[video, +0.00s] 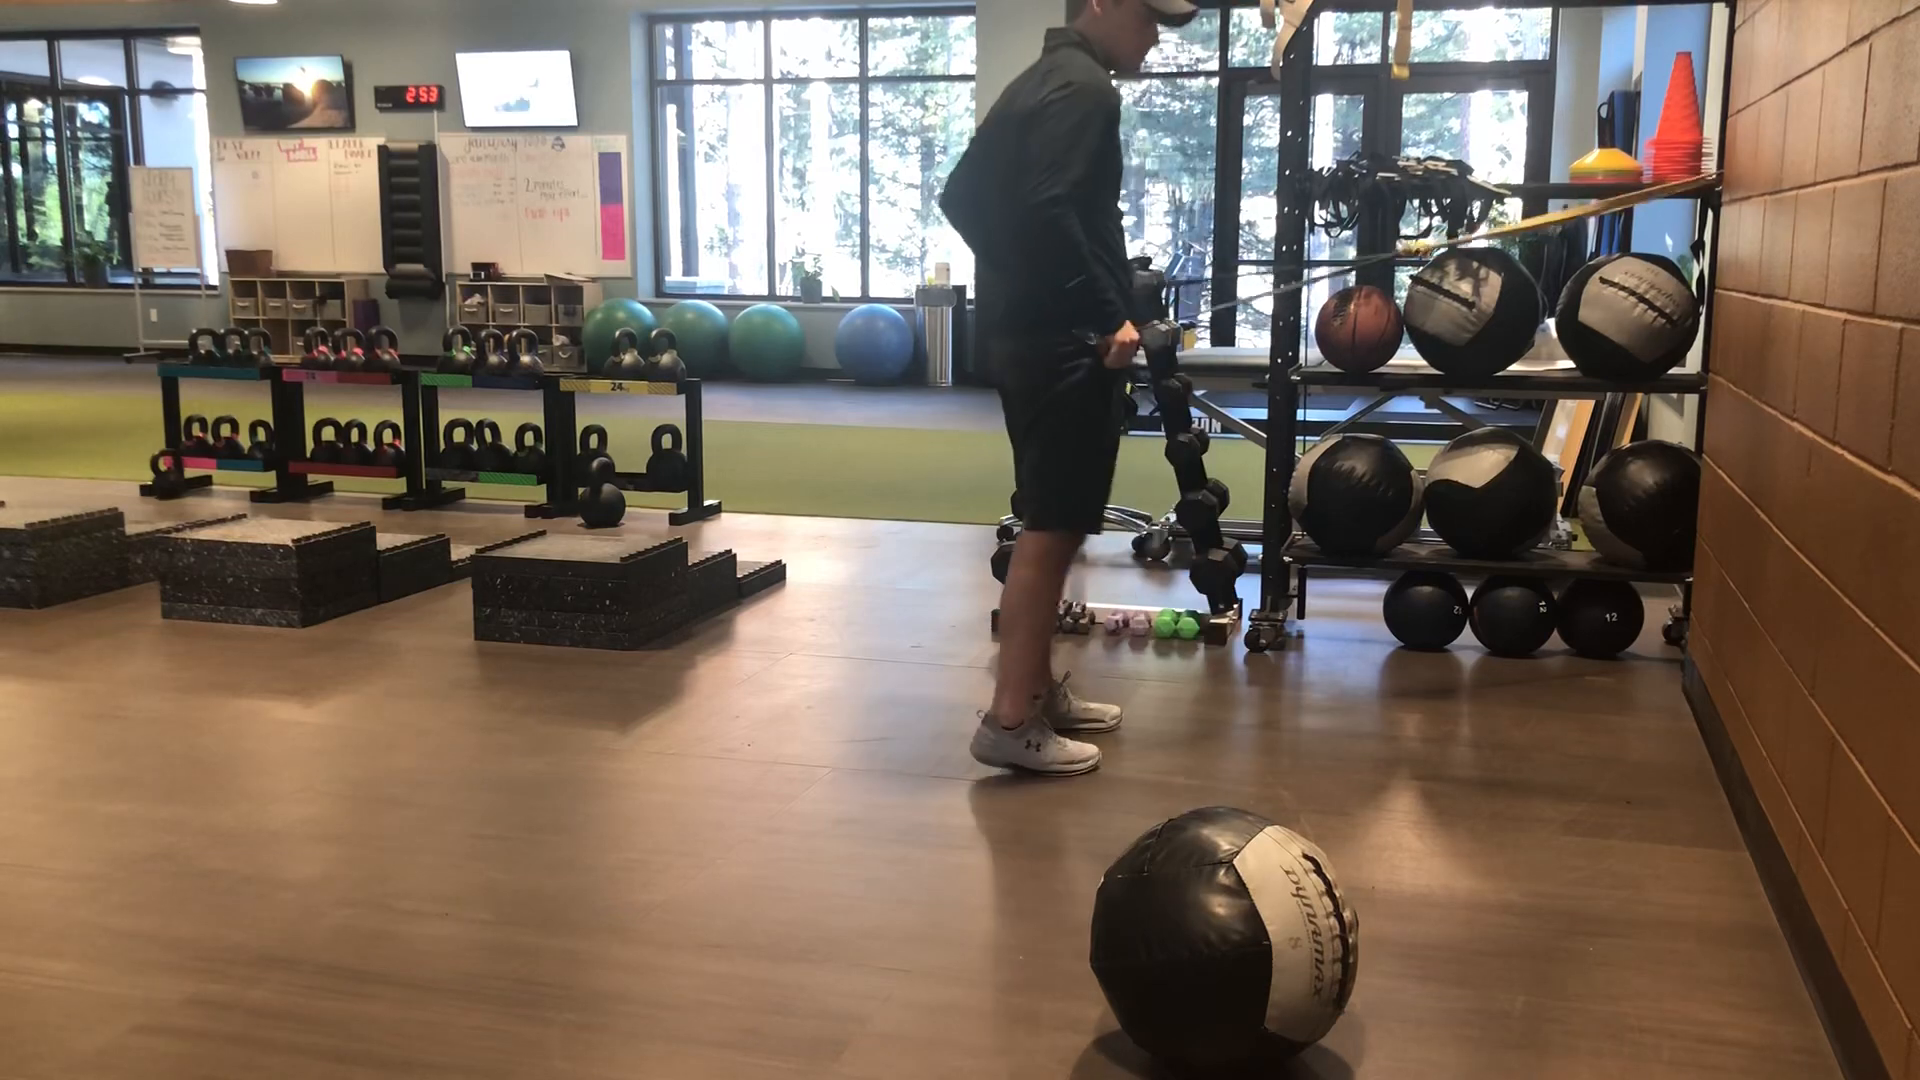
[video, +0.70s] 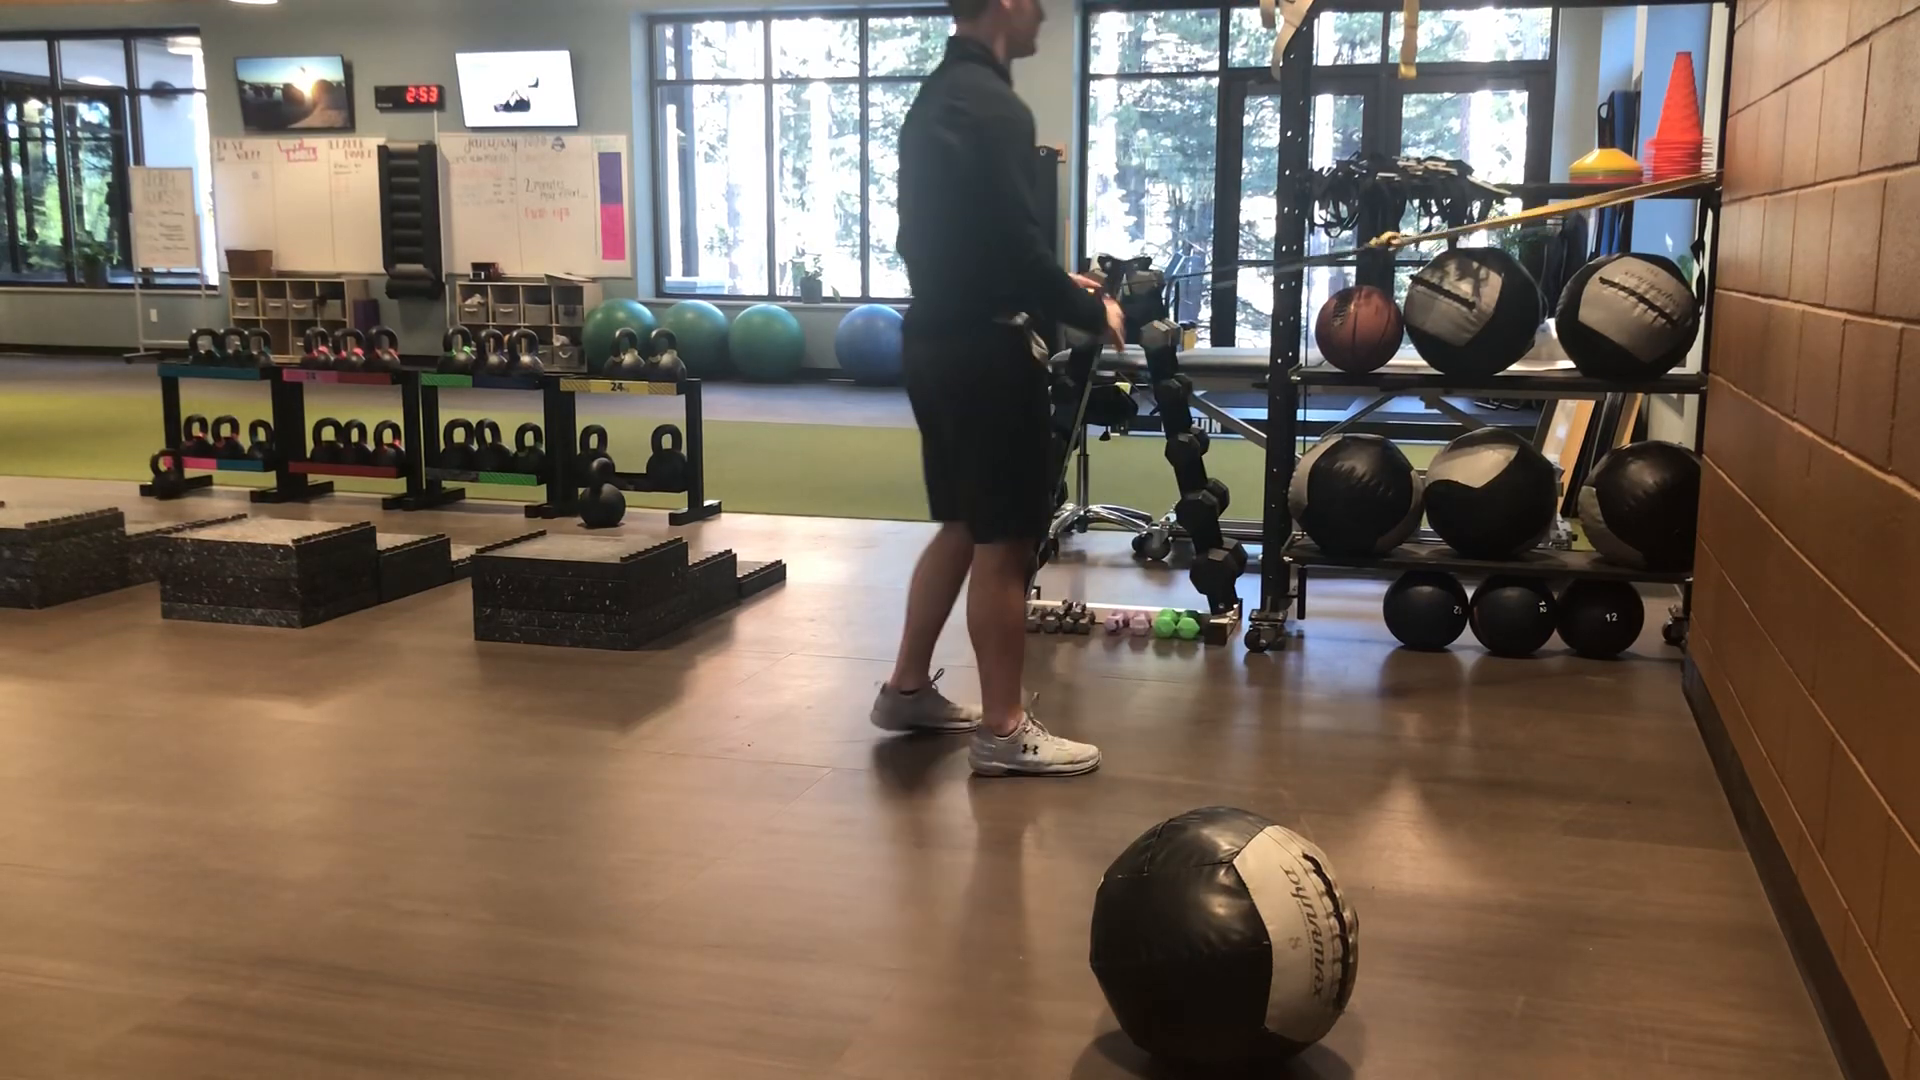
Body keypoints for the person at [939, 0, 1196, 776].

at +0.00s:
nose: (1154, 42)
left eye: (1158, 27)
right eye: (1149, 22)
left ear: (1092, 12)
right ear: (1101, 8)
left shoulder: (1034, 83)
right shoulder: (1086, 90)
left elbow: (961, 193)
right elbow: (1053, 207)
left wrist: (1030, 278)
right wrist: (1112, 315)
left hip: (1028, 339)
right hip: (1065, 342)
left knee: (1051, 519)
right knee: (1053, 526)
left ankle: (1036, 687)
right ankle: (1010, 722)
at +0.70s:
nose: (1041, 17)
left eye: (1038, 7)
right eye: (1035, 5)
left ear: (972, 14)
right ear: (1003, 9)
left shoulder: (935, 100)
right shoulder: (996, 108)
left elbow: (952, 243)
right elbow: (1015, 252)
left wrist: (1060, 283)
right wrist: (1094, 313)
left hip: (935, 338)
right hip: (988, 343)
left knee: (963, 521)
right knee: (1006, 537)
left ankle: (907, 689)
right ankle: (1003, 730)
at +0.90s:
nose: (1003, 15)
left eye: (999, 5)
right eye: (996, 4)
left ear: (937, 14)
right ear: (967, 8)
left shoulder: (897, 104)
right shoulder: (963, 104)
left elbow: (915, 239)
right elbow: (982, 232)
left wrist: (1040, 294)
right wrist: (1053, 302)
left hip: (897, 337)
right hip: (955, 337)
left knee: (920, 519)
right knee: (1017, 526)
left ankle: (899, 697)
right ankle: (1002, 716)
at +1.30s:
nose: (989, 17)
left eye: (986, 6)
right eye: (985, 6)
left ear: (921, 13)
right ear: (961, 8)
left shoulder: (879, 97)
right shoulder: (958, 101)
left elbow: (866, 231)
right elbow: (975, 232)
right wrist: (1050, 297)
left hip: (879, 335)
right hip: (940, 337)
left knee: (916, 527)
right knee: (945, 540)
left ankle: (899, 700)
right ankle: (930, 730)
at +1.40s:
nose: (988, 19)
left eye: (985, 8)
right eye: (984, 7)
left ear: (920, 16)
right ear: (960, 10)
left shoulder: (881, 96)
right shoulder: (955, 102)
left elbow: (864, 234)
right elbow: (974, 234)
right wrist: (1049, 291)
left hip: (873, 333)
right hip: (929, 336)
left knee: (921, 525)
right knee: (943, 534)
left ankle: (892, 687)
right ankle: (929, 729)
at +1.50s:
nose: (981, 21)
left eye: (978, 9)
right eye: (977, 9)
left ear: (913, 16)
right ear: (954, 11)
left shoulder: (878, 101)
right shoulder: (945, 106)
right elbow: (967, 236)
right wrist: (1051, 293)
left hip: (874, 335)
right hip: (925, 338)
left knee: (918, 526)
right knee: (937, 532)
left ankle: (889, 695)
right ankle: (929, 730)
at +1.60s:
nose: (970, 20)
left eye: (967, 8)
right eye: (967, 8)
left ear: (903, 16)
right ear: (945, 10)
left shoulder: (870, 101)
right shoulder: (938, 104)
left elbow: (860, 231)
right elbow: (959, 231)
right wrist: (1045, 284)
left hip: (867, 335)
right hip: (919, 338)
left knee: (902, 525)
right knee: (931, 537)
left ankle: (887, 697)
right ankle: (929, 730)